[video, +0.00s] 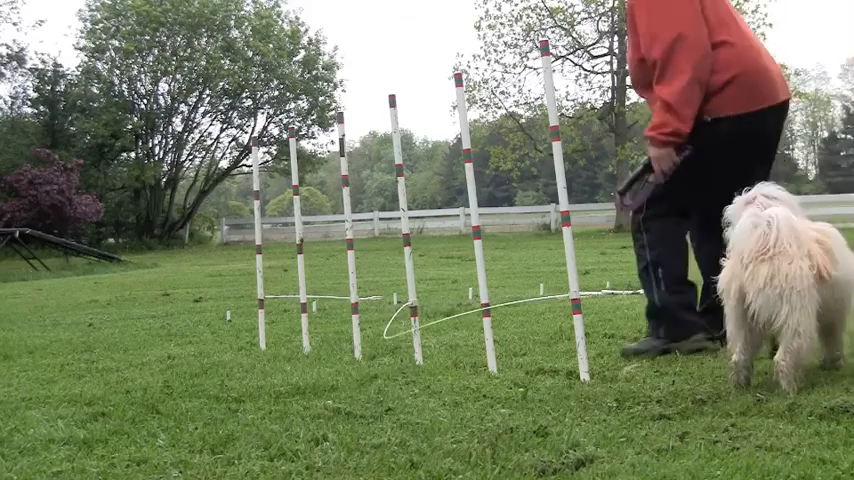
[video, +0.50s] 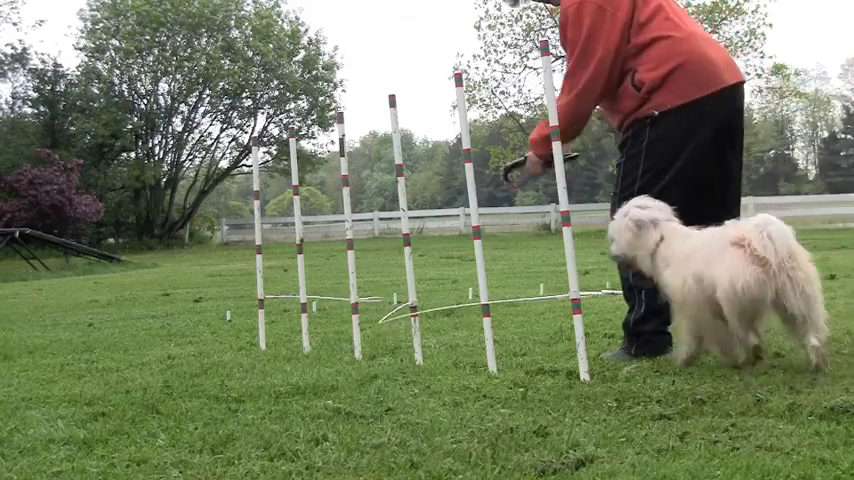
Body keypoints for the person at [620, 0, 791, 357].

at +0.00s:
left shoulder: (653, 5)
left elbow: (685, 51)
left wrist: (664, 135)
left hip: (733, 99)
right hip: (763, 93)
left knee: (655, 212)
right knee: (711, 215)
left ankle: (674, 326)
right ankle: (720, 319)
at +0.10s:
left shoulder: (637, 6)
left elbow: (664, 51)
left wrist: (662, 140)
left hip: (720, 94)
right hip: (757, 86)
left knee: (670, 218)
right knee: (727, 217)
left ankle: (649, 336)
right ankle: (719, 325)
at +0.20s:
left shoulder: (622, 5)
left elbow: (642, 67)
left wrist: (644, 153)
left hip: (707, 96)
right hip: (750, 85)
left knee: (671, 220)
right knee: (729, 214)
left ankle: (650, 337)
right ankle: (719, 326)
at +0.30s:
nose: (558, 5)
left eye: (554, 3)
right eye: (553, 5)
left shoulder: (607, 6)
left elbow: (624, 76)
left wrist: (608, 161)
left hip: (692, 95)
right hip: (741, 81)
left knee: (656, 219)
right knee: (727, 216)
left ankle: (650, 339)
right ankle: (721, 323)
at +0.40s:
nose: (548, 5)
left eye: (547, 4)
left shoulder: (595, 6)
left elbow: (603, 79)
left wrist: (570, 153)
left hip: (682, 93)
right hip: (731, 80)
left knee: (646, 221)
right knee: (723, 219)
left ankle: (648, 339)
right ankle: (728, 329)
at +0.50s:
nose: (551, 8)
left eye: (554, 7)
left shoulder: (586, 5)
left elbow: (587, 79)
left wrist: (541, 148)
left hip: (669, 93)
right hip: (721, 80)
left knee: (634, 221)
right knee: (710, 220)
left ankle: (645, 339)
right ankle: (724, 330)